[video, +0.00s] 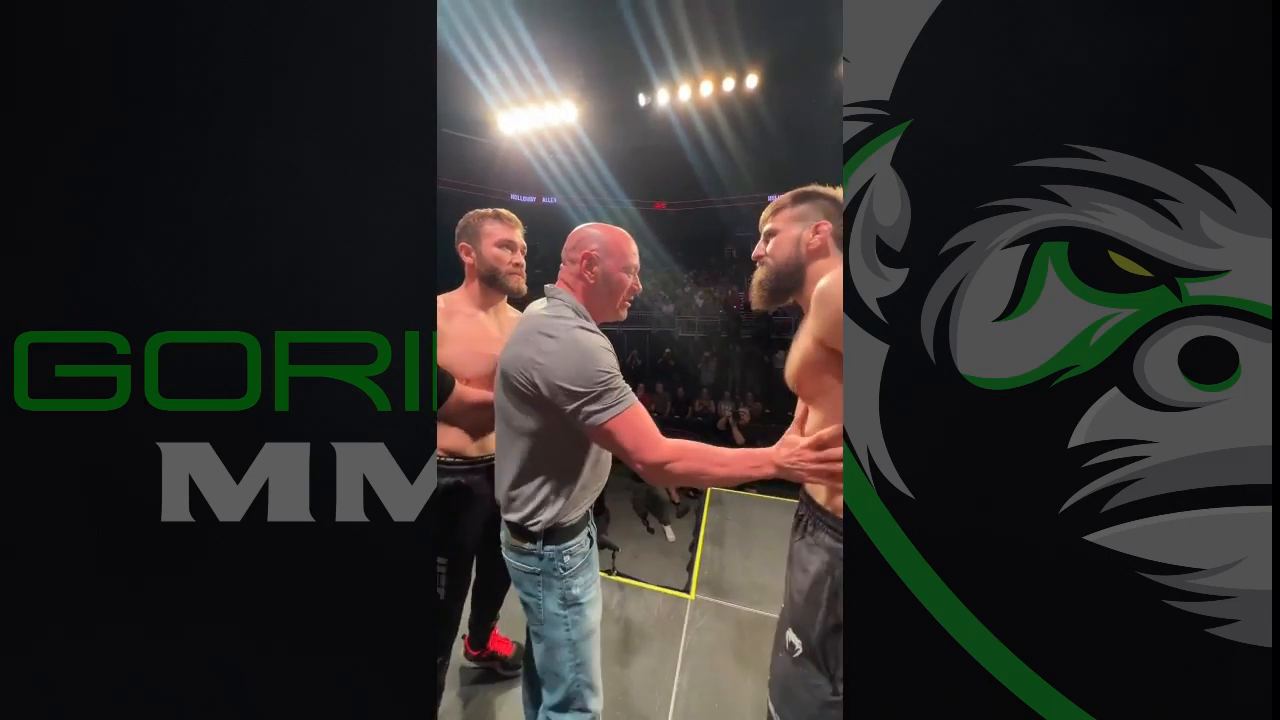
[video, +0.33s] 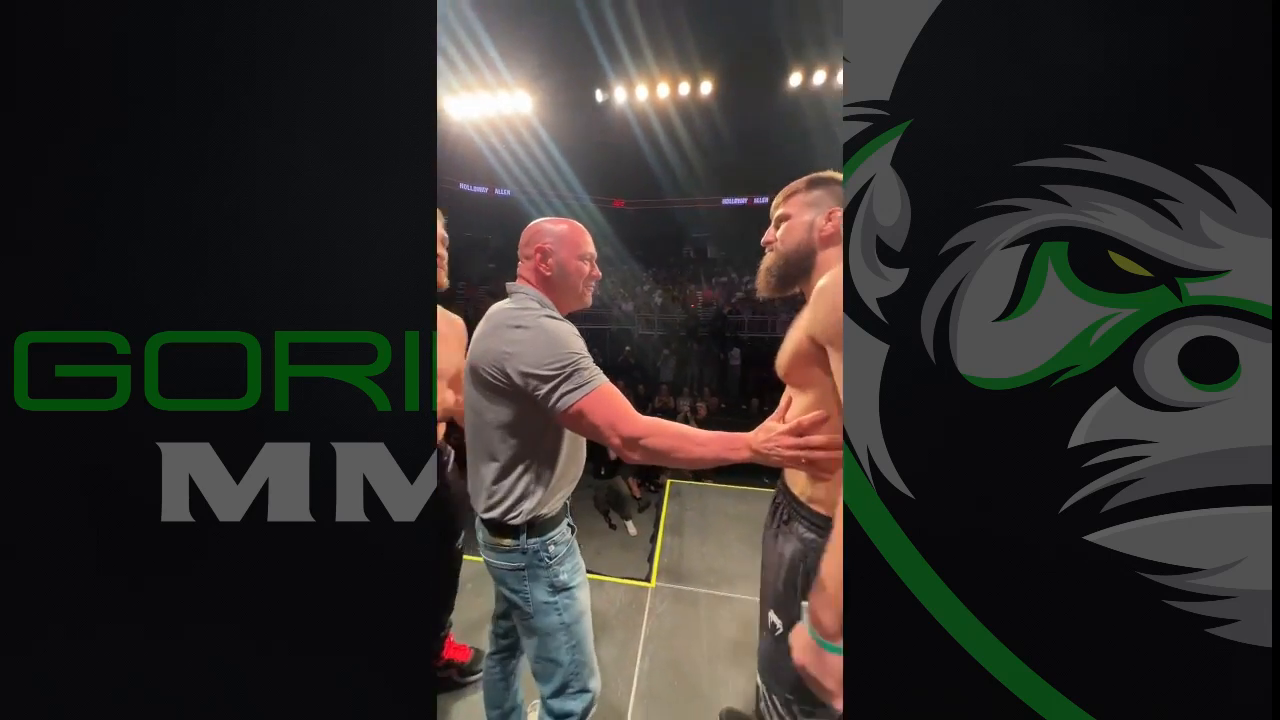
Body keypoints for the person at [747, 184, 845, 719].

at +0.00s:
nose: (756, 251)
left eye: (770, 234)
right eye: (760, 238)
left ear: (819, 236)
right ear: (818, 240)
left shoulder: (836, 292)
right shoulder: (822, 301)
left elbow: (889, 385)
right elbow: (808, 420)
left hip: (835, 537)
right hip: (818, 529)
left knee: (804, 692)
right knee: (804, 688)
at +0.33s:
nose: (766, 237)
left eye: (780, 221)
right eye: (770, 223)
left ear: (830, 224)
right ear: (829, 226)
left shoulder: (839, 293)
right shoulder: (825, 293)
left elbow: (867, 463)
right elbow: (836, 448)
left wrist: (826, 620)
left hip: (817, 537)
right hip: (800, 522)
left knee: (791, 693)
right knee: (782, 674)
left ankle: (779, 711)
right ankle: (773, 708)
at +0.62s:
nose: (740, 244)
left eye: (753, 225)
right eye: (743, 228)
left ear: (807, 221)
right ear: (804, 225)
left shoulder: (826, 311)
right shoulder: (819, 306)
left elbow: (765, 492)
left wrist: (643, 539)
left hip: (832, 543)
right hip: (800, 523)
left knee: (820, 699)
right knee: (763, 622)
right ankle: (724, 696)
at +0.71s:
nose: (730, 243)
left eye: (741, 225)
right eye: (730, 228)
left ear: (792, 220)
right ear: (790, 224)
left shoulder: (820, 306)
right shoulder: (806, 302)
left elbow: (760, 483)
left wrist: (636, 536)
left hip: (827, 535)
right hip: (801, 515)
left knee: (814, 695)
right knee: (759, 596)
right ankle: (735, 686)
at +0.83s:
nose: (721, 241)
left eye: (733, 222)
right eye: (721, 225)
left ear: (784, 217)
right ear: (781, 220)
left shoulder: (816, 301)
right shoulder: (793, 300)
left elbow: (790, 477)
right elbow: (772, 420)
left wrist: (667, 550)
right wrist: (725, 463)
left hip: (814, 513)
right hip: (791, 505)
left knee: (799, 688)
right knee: (769, 597)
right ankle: (765, 679)